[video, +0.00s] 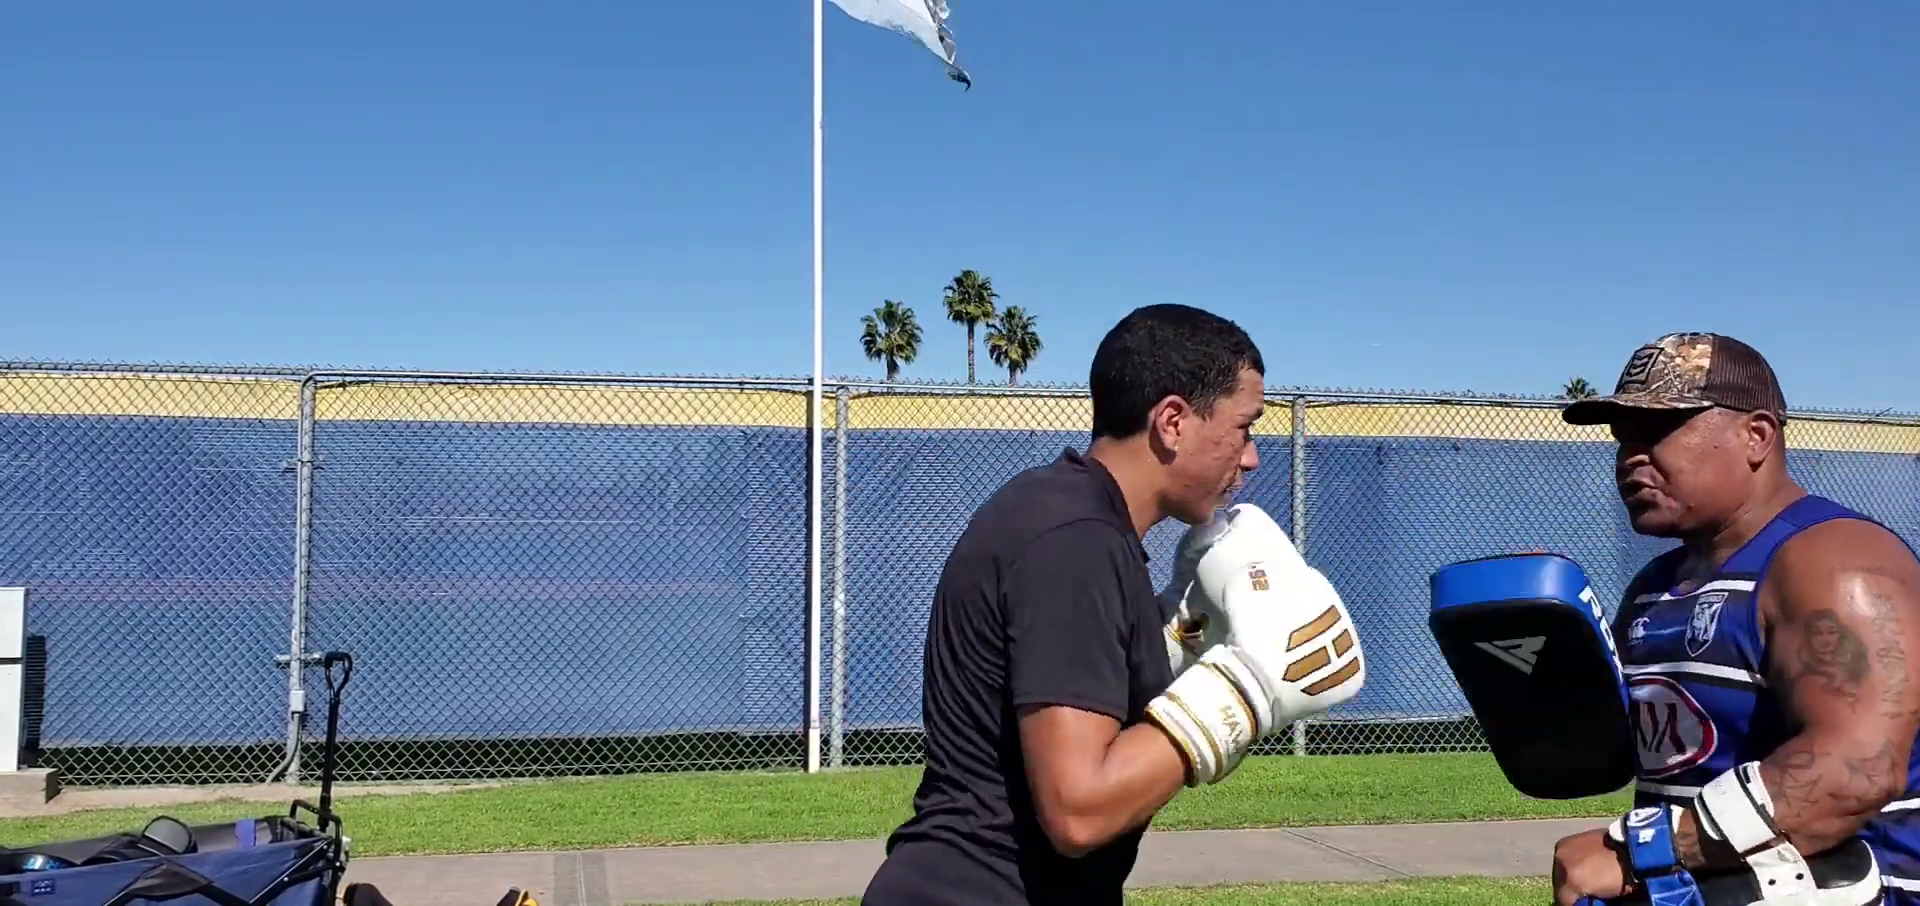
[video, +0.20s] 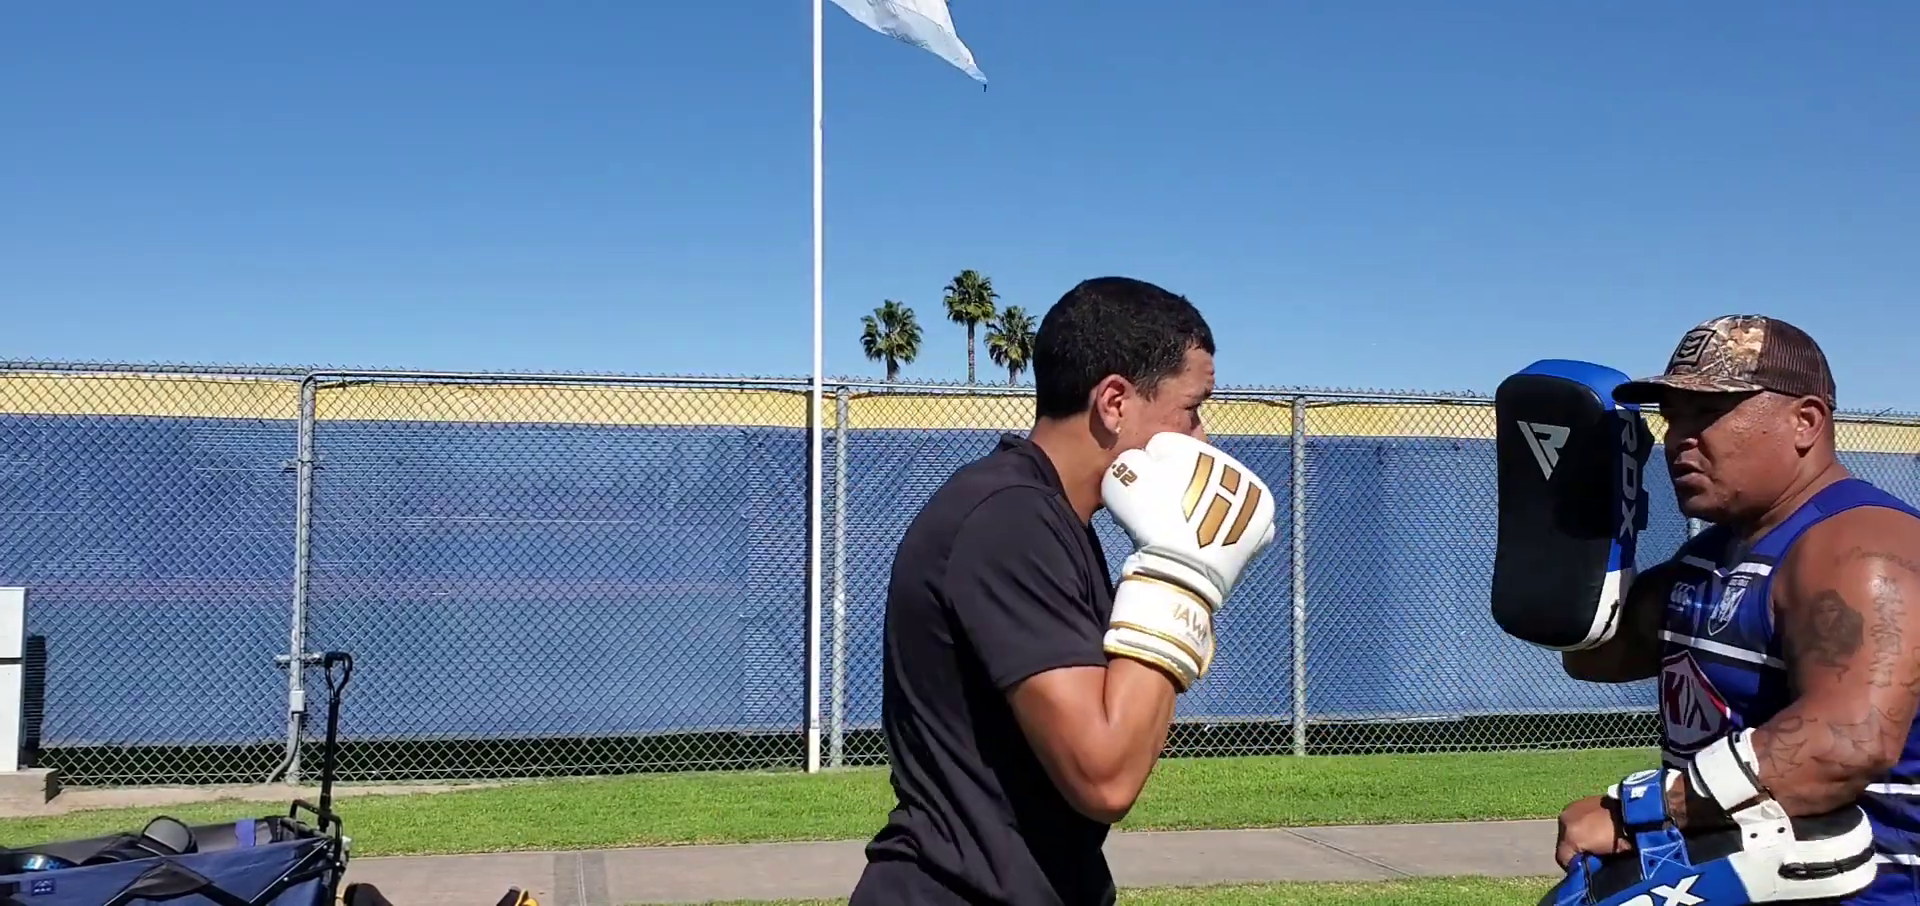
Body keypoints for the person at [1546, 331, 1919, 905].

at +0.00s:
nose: (1628, 457)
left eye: (1657, 428)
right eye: (1622, 434)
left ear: (1756, 437)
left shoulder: (1841, 563)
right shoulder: (1652, 586)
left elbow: (1856, 768)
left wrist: (1640, 850)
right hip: (1687, 875)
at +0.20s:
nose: (1678, 439)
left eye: (1707, 412)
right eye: (1672, 416)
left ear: (1805, 423)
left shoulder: (1860, 549)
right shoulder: (1717, 551)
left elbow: (1846, 741)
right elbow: (1596, 654)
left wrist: (1639, 808)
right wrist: (1592, 494)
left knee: (1596, 895)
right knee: (1570, 890)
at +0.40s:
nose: (1702, 453)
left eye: (1733, 425)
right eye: (1699, 428)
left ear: (1835, 431)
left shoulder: (1887, 550)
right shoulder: (1735, 560)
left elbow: (1853, 704)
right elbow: (1619, 655)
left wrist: (1630, 768)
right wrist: (1631, 482)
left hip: (1849, 889)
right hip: (1729, 885)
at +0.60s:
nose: (1688, 482)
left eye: (1719, 453)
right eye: (1685, 453)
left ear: (1826, 451)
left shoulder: (1894, 567)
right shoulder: (1691, 559)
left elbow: (1893, 765)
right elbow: (1565, 632)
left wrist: (1685, 788)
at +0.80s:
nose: (1714, 501)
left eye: (1739, 476)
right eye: (1713, 475)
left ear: (1851, 467)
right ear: (1850, 469)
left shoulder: (1903, 610)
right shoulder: (1768, 556)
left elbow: (1893, 829)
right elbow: (1676, 666)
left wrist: (1686, 737)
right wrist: (1555, 687)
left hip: (1864, 892)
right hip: (1748, 885)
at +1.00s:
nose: (1690, 505)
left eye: (1717, 480)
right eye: (1691, 479)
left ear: (1826, 468)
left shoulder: (1900, 602)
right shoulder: (1758, 559)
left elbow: (1855, 821)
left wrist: (1658, 729)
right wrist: (1619, 831)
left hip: (1858, 893)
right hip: (1758, 881)